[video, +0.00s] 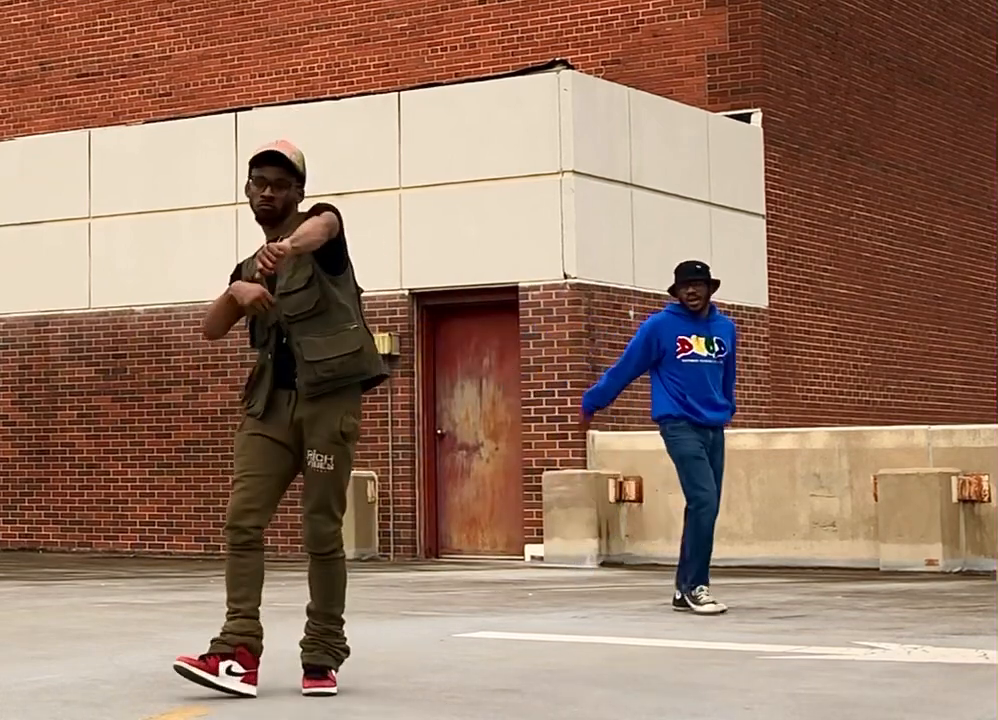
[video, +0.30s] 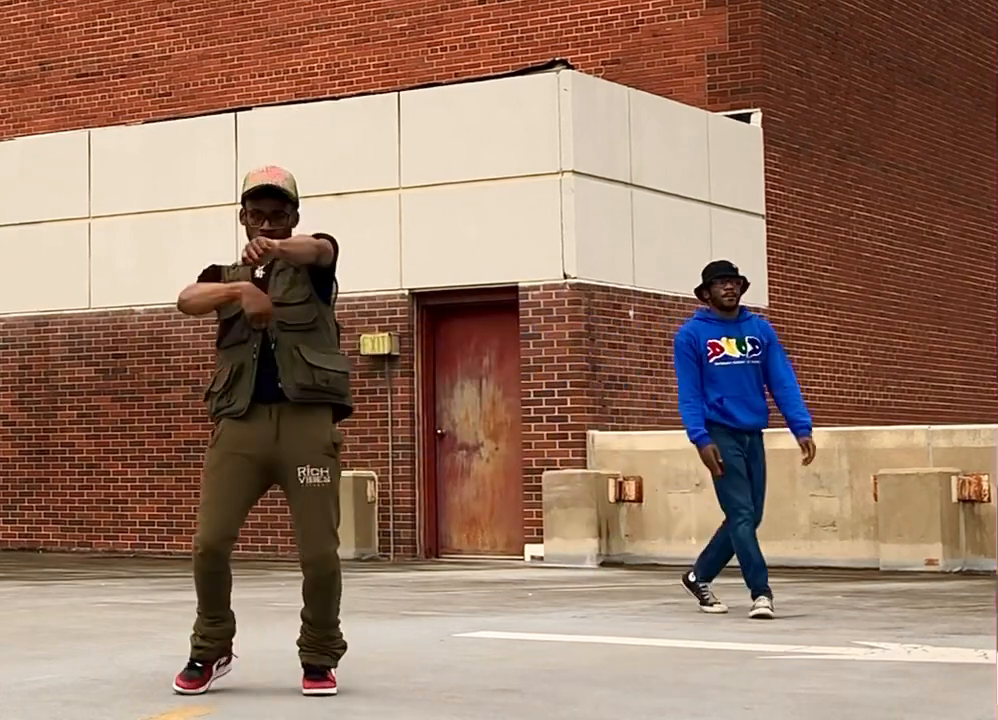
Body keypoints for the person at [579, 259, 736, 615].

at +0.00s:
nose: (692, 292)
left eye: (698, 285)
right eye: (685, 286)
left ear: (710, 288)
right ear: (677, 291)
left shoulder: (726, 327)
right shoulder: (660, 324)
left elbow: (729, 376)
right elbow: (625, 368)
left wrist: (726, 410)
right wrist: (591, 402)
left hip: (714, 425)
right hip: (679, 424)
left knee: (705, 505)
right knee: (705, 500)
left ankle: (687, 589)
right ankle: (695, 587)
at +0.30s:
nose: (729, 287)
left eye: (733, 282)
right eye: (721, 283)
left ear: (741, 288)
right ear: (707, 291)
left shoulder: (760, 328)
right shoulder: (691, 334)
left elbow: (783, 379)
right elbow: (688, 394)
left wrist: (801, 427)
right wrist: (701, 440)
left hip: (753, 431)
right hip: (718, 431)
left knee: (750, 514)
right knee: (741, 513)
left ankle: (699, 576)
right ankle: (760, 593)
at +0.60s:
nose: (755, 280)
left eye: (758, 274)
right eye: (746, 275)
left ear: (766, 281)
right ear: (730, 283)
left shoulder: (786, 317)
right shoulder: (712, 323)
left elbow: (798, 362)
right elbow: (720, 374)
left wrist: (798, 394)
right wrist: (757, 392)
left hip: (782, 431)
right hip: (739, 432)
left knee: (807, 501)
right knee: (750, 518)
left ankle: (778, 576)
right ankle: (762, 595)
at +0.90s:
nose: (774, 279)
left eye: (781, 273)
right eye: (768, 275)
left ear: (798, 280)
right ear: (762, 284)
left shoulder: (826, 322)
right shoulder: (747, 327)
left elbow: (840, 384)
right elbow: (728, 385)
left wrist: (849, 440)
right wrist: (716, 440)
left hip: (811, 436)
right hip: (764, 438)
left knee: (823, 516)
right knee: (764, 521)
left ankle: (838, 599)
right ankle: (765, 595)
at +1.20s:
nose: (789, 273)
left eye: (797, 267)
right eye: (788, 268)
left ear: (821, 270)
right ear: (789, 273)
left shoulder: (852, 314)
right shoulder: (774, 314)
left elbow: (878, 371)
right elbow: (756, 372)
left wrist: (897, 423)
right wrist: (748, 425)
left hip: (831, 432)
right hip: (782, 432)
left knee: (838, 514)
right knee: (774, 510)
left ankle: (840, 598)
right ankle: (786, 587)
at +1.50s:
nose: (789, 274)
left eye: (794, 268)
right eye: (790, 268)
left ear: (816, 271)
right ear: (808, 272)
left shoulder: (849, 312)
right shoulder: (794, 310)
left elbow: (871, 370)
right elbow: (788, 368)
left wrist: (876, 428)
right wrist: (780, 417)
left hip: (833, 429)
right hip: (790, 429)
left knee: (840, 515)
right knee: (795, 514)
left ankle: (842, 599)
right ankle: (803, 599)